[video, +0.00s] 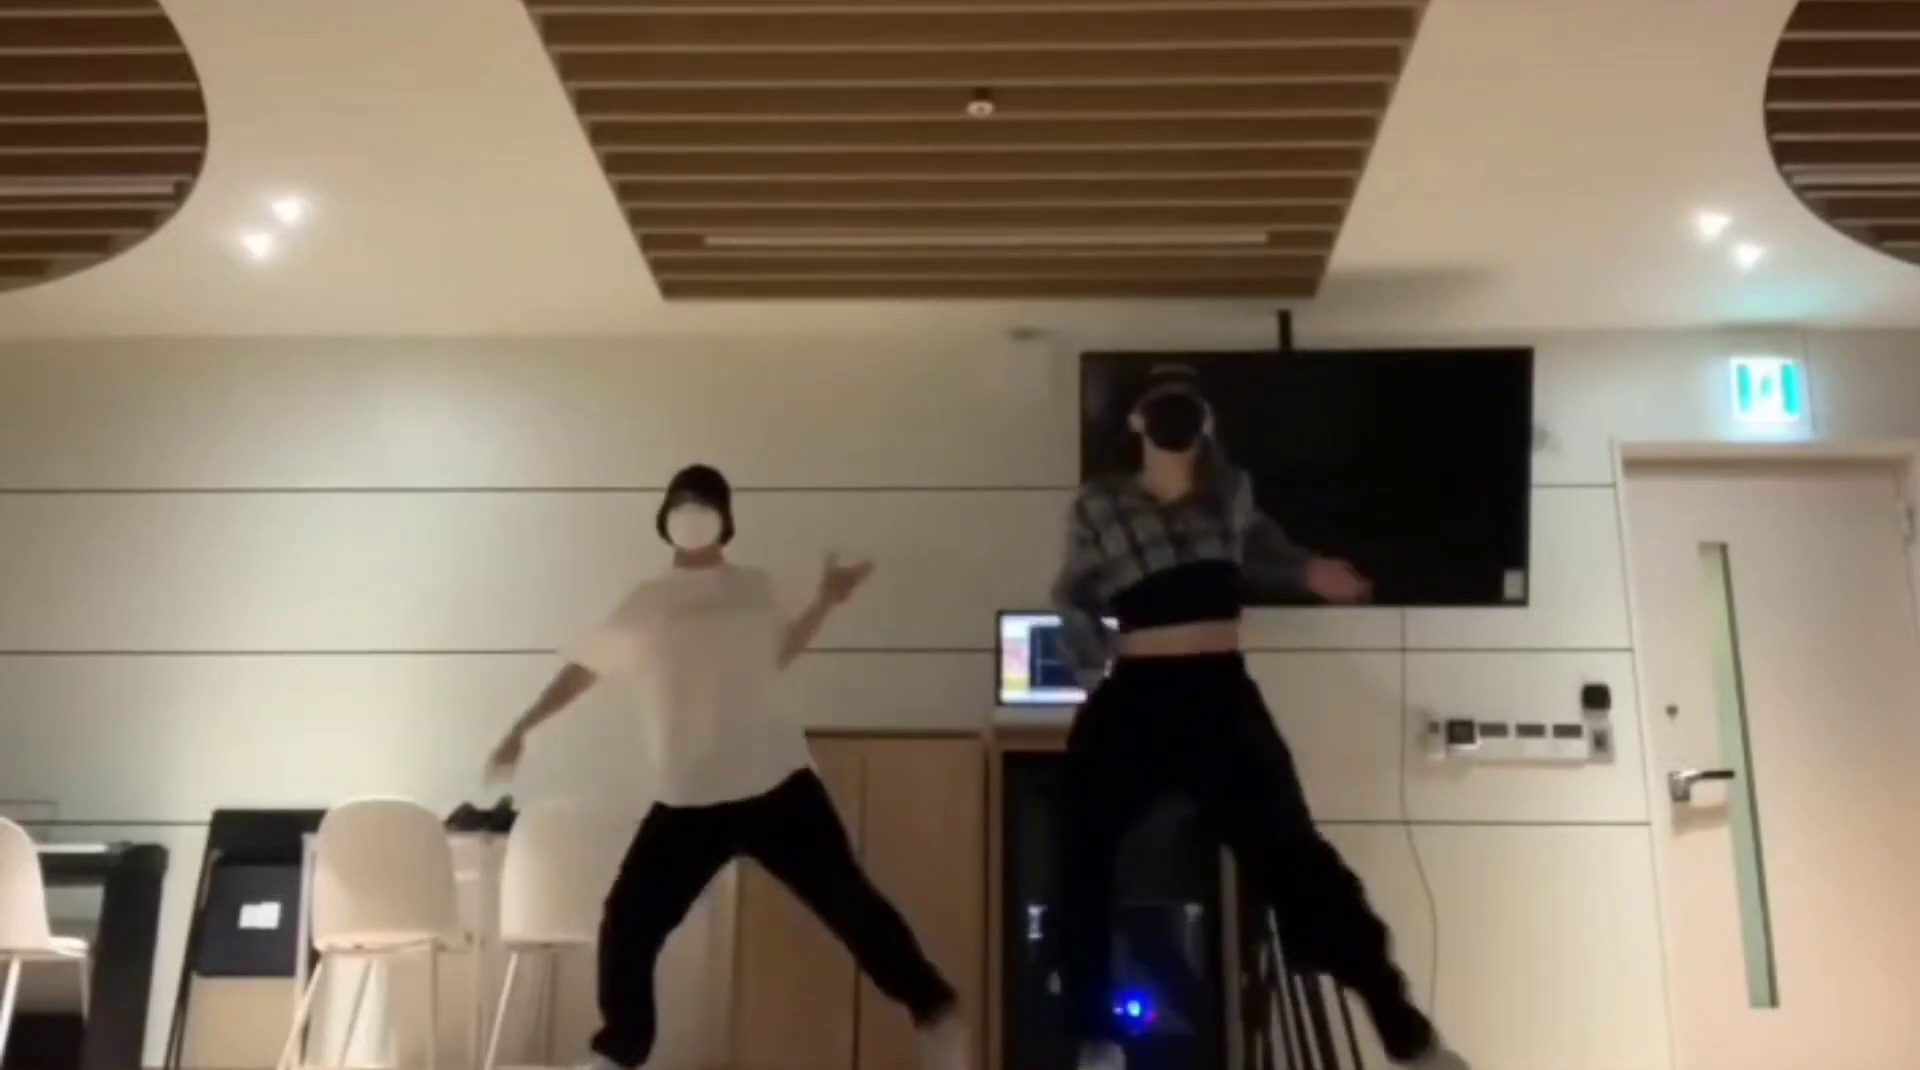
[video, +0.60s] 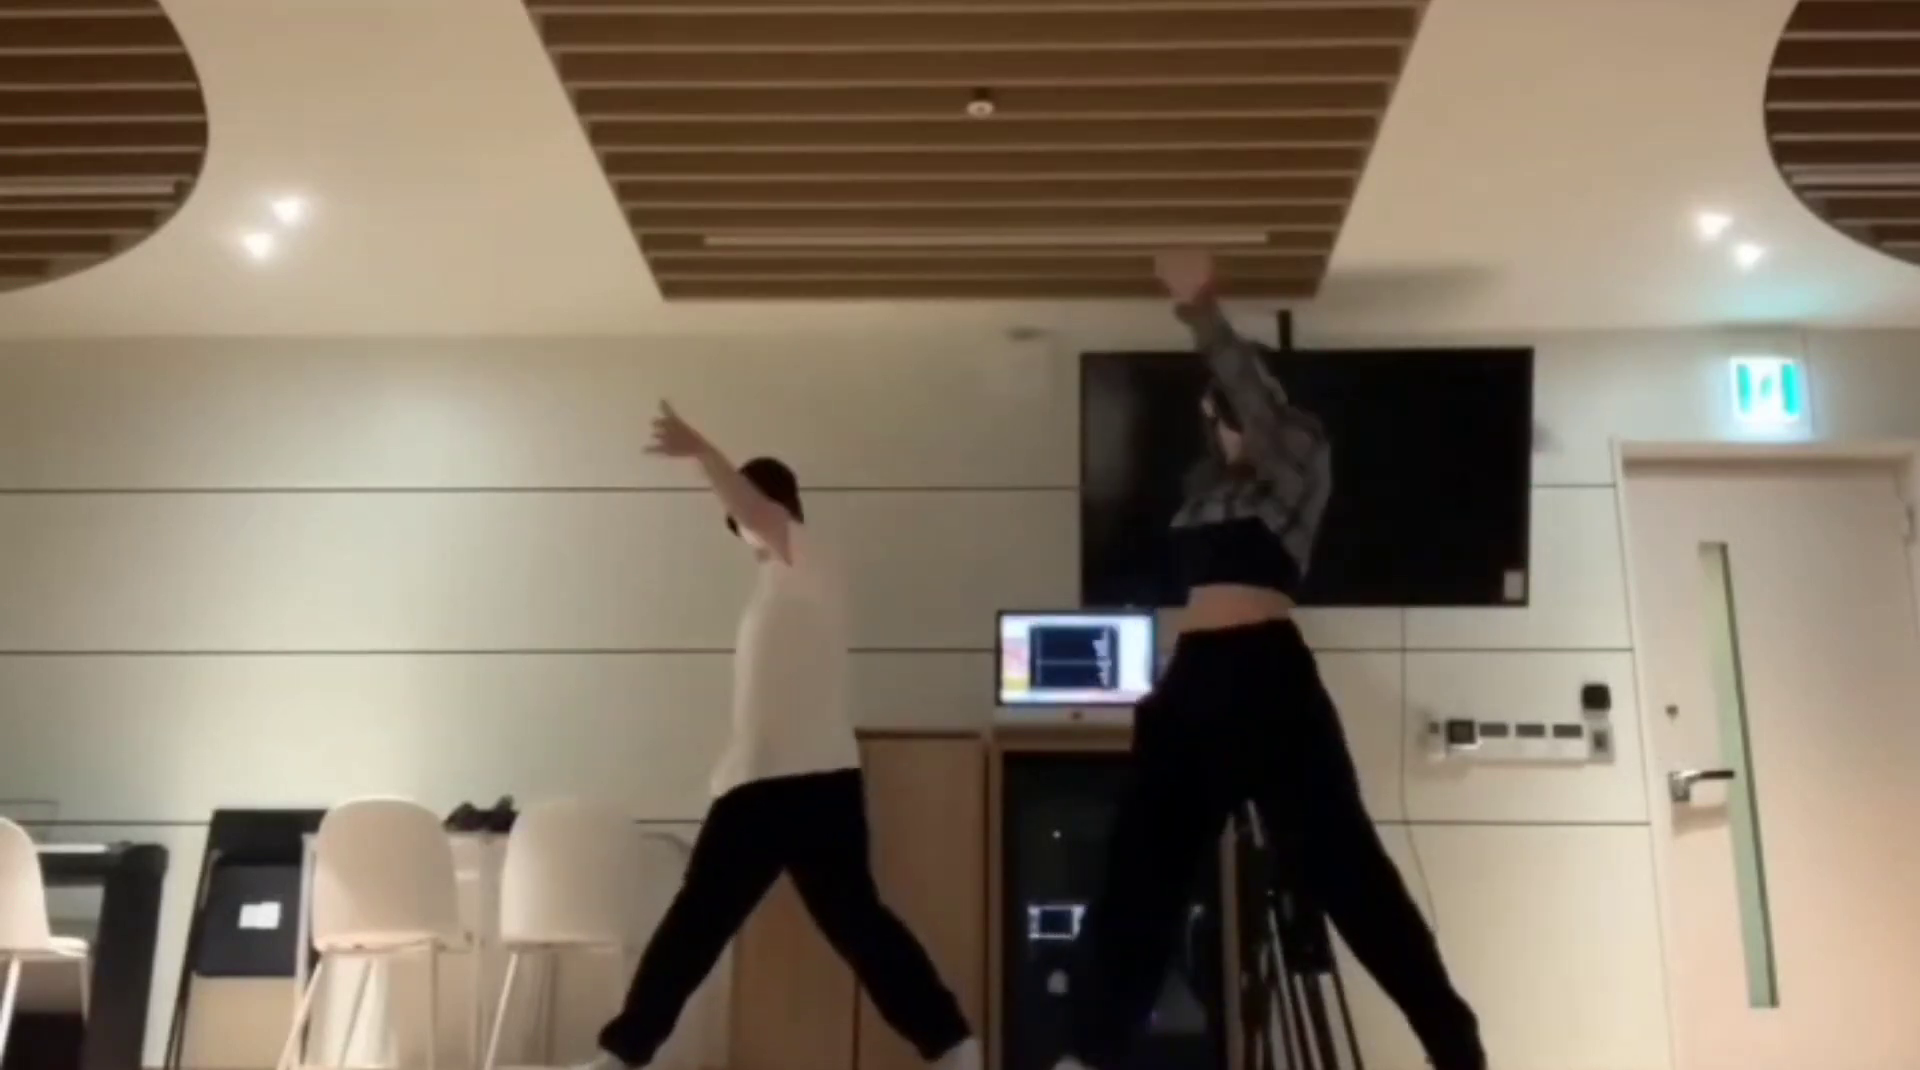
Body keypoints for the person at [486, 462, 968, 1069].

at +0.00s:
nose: (691, 521)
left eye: (703, 510)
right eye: (680, 511)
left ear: (725, 521)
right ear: (664, 524)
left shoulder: (755, 589)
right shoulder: (645, 604)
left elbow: (779, 655)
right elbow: (581, 672)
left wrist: (827, 600)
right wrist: (520, 730)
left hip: (777, 790)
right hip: (688, 802)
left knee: (848, 899)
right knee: (626, 927)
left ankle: (936, 1014)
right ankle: (621, 1052)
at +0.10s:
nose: (698, 516)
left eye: (712, 503)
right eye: (685, 507)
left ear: (734, 515)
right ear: (672, 523)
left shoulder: (776, 580)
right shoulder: (674, 602)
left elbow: (871, 596)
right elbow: (681, 683)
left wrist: (939, 560)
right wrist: (634, 740)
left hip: (804, 791)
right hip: (718, 803)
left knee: (877, 914)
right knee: (653, 925)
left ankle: (953, 1042)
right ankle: (620, 1052)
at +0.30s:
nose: (706, 507)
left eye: (719, 496)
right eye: (695, 500)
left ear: (745, 507)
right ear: (684, 518)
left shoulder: (772, 553)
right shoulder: (705, 590)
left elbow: (836, 537)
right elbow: (725, 680)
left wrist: (914, 508)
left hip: (808, 772)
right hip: (733, 788)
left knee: (874, 908)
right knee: (684, 918)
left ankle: (953, 1043)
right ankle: (623, 1049)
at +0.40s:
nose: (726, 517)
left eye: (735, 501)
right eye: (715, 509)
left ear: (757, 504)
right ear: (708, 523)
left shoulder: (778, 558)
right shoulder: (733, 586)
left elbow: (800, 521)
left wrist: (818, 481)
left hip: (810, 772)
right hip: (745, 782)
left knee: (867, 914)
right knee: (693, 920)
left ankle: (954, 1045)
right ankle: (623, 1050)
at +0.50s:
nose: (732, 517)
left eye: (737, 501)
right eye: (724, 509)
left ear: (762, 497)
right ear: (721, 523)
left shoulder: (784, 562)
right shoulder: (748, 582)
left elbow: (776, 494)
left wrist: (768, 451)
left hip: (809, 771)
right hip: (749, 779)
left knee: (864, 917)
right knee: (693, 923)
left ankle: (954, 1046)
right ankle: (623, 1051)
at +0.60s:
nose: (742, 536)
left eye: (746, 519)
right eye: (738, 523)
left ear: (776, 507)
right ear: (771, 507)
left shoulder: (808, 562)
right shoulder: (779, 580)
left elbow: (751, 505)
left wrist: (700, 449)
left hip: (807, 779)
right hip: (759, 782)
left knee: (854, 920)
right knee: (693, 923)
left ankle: (952, 1047)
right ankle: (623, 1050)